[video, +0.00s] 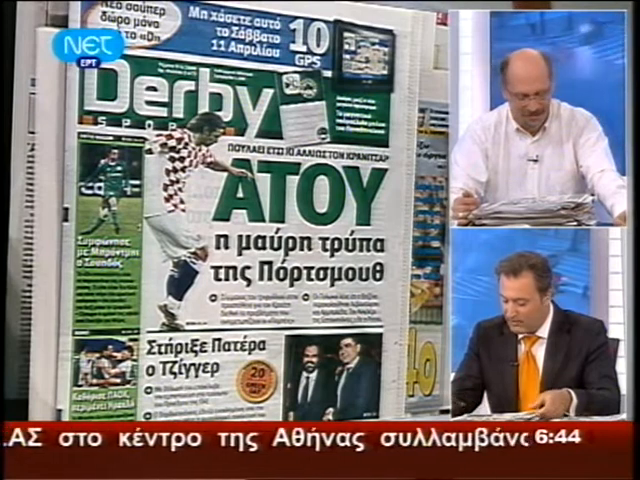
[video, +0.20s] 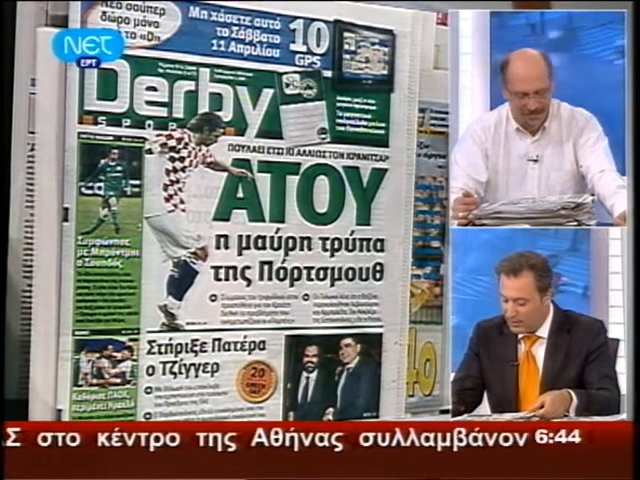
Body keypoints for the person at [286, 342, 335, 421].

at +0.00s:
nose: (310, 360)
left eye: (314, 356)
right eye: (307, 356)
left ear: (320, 359)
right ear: (302, 358)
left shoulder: (326, 377)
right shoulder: (295, 375)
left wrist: (330, 411)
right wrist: (290, 412)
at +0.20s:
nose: (310, 360)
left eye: (314, 356)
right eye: (307, 356)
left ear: (320, 359)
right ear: (302, 358)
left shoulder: (326, 377)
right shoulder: (295, 375)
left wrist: (330, 411)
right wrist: (290, 413)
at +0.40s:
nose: (310, 360)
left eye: (314, 356)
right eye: (307, 356)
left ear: (320, 359)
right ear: (302, 358)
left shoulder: (326, 377)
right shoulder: (296, 375)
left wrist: (330, 411)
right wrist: (290, 412)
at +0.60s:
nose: (310, 360)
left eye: (314, 356)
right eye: (307, 356)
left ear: (320, 359)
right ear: (302, 358)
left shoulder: (326, 377)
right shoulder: (296, 375)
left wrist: (330, 411)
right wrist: (290, 412)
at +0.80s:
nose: (310, 360)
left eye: (314, 356)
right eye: (307, 356)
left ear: (320, 359)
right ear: (302, 358)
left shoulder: (326, 377)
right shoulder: (296, 375)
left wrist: (330, 411)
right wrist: (290, 412)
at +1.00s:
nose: (310, 360)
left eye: (314, 356)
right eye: (307, 356)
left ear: (320, 359)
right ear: (302, 358)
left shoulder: (326, 377)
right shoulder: (296, 375)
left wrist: (330, 411)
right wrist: (290, 412)